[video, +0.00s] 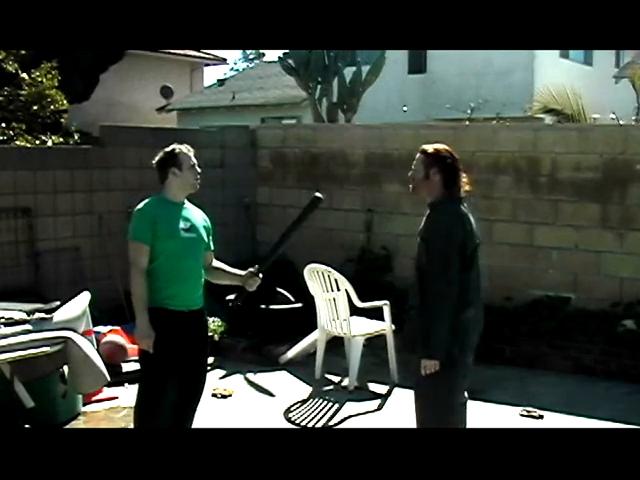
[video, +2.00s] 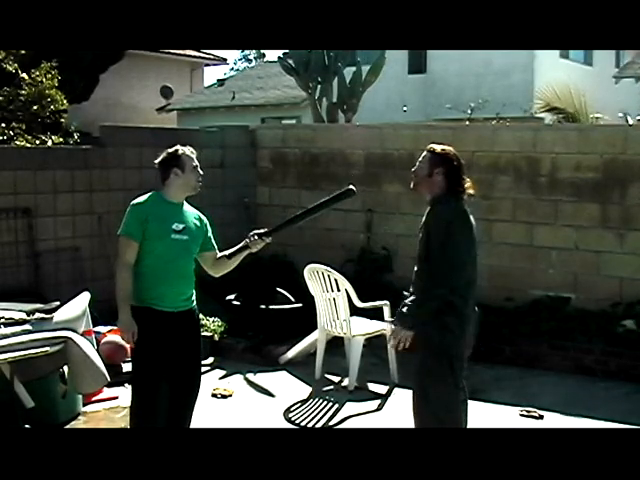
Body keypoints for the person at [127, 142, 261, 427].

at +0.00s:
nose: (199, 172)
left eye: (198, 167)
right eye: (193, 167)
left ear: (181, 173)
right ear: (173, 173)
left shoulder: (200, 217)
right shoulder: (148, 212)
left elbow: (208, 266)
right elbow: (138, 269)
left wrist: (241, 277)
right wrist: (142, 322)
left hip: (194, 320)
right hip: (162, 319)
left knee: (189, 395)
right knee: (158, 397)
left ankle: (178, 430)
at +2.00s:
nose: (201, 173)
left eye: (199, 168)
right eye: (195, 168)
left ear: (181, 174)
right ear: (175, 173)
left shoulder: (197, 220)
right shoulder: (142, 209)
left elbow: (215, 267)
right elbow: (125, 263)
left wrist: (246, 247)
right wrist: (124, 314)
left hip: (185, 319)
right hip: (150, 318)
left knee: (184, 395)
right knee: (149, 396)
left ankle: (176, 430)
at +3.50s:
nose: (194, 171)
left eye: (192, 165)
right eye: (187, 166)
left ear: (174, 173)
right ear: (168, 173)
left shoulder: (196, 216)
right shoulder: (139, 212)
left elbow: (207, 267)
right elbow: (125, 270)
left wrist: (243, 288)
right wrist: (129, 320)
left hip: (187, 318)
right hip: (152, 318)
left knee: (185, 395)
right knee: (151, 397)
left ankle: (177, 430)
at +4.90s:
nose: (169, 168)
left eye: (167, 163)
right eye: (161, 165)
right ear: (145, 177)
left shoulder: (183, 212)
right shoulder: (126, 216)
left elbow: (195, 267)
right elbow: (114, 271)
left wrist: (210, 311)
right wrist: (125, 313)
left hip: (181, 321)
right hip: (142, 324)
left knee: (179, 406)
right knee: (144, 408)